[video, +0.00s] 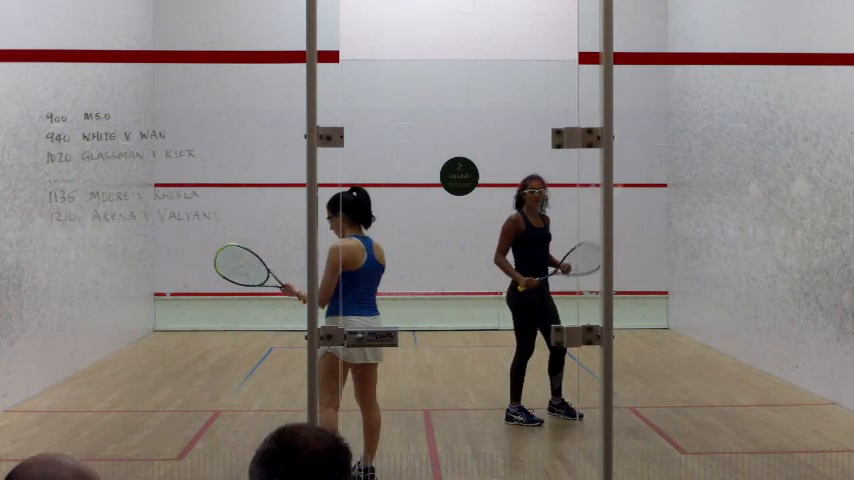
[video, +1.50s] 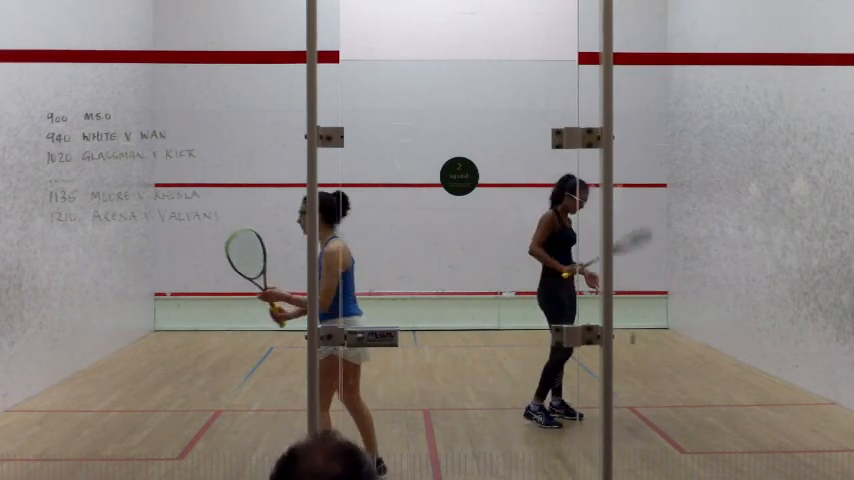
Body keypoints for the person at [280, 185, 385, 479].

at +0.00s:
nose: (329, 225)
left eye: (330, 219)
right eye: (329, 219)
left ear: (342, 217)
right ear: (359, 217)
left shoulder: (340, 250)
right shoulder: (377, 250)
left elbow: (323, 298)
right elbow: (363, 294)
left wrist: (300, 294)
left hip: (339, 332)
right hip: (370, 331)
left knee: (328, 404)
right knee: (368, 401)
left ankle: (327, 467)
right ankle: (367, 466)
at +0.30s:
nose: (329, 225)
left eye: (330, 218)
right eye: (329, 218)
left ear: (340, 217)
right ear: (360, 216)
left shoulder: (338, 250)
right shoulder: (377, 250)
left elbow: (321, 303)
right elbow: (363, 296)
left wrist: (300, 296)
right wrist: (312, 298)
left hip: (338, 333)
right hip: (370, 332)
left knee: (328, 403)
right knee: (368, 401)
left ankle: (328, 468)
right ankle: (367, 466)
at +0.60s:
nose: (327, 223)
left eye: (328, 216)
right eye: (327, 216)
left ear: (338, 215)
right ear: (358, 215)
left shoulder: (335, 250)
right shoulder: (376, 249)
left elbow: (320, 302)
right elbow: (368, 295)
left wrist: (301, 293)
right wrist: (313, 294)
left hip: (337, 332)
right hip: (370, 331)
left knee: (327, 404)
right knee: (368, 401)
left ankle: (323, 466)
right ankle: (367, 466)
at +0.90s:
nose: (323, 220)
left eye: (329, 214)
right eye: (322, 214)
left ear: (348, 216)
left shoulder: (345, 248)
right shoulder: (360, 245)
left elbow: (330, 298)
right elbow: (343, 297)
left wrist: (299, 295)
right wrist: (312, 306)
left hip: (339, 329)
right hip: (360, 327)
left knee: (326, 403)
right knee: (362, 397)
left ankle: (327, 463)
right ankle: (368, 458)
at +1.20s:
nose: (322, 220)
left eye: (328, 214)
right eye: (319, 215)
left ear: (344, 216)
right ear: (317, 216)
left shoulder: (348, 248)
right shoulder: (335, 248)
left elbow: (339, 299)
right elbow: (329, 296)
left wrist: (301, 299)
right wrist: (306, 309)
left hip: (338, 328)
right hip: (336, 327)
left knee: (325, 402)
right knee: (348, 399)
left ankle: (324, 460)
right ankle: (364, 455)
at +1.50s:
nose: (299, 220)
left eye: (303, 214)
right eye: (300, 214)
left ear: (318, 217)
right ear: (327, 218)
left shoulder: (332, 251)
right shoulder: (335, 249)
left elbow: (322, 302)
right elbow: (319, 300)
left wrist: (283, 296)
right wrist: (289, 314)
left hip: (335, 334)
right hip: (351, 331)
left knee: (320, 403)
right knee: (351, 396)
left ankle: (325, 463)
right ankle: (374, 459)